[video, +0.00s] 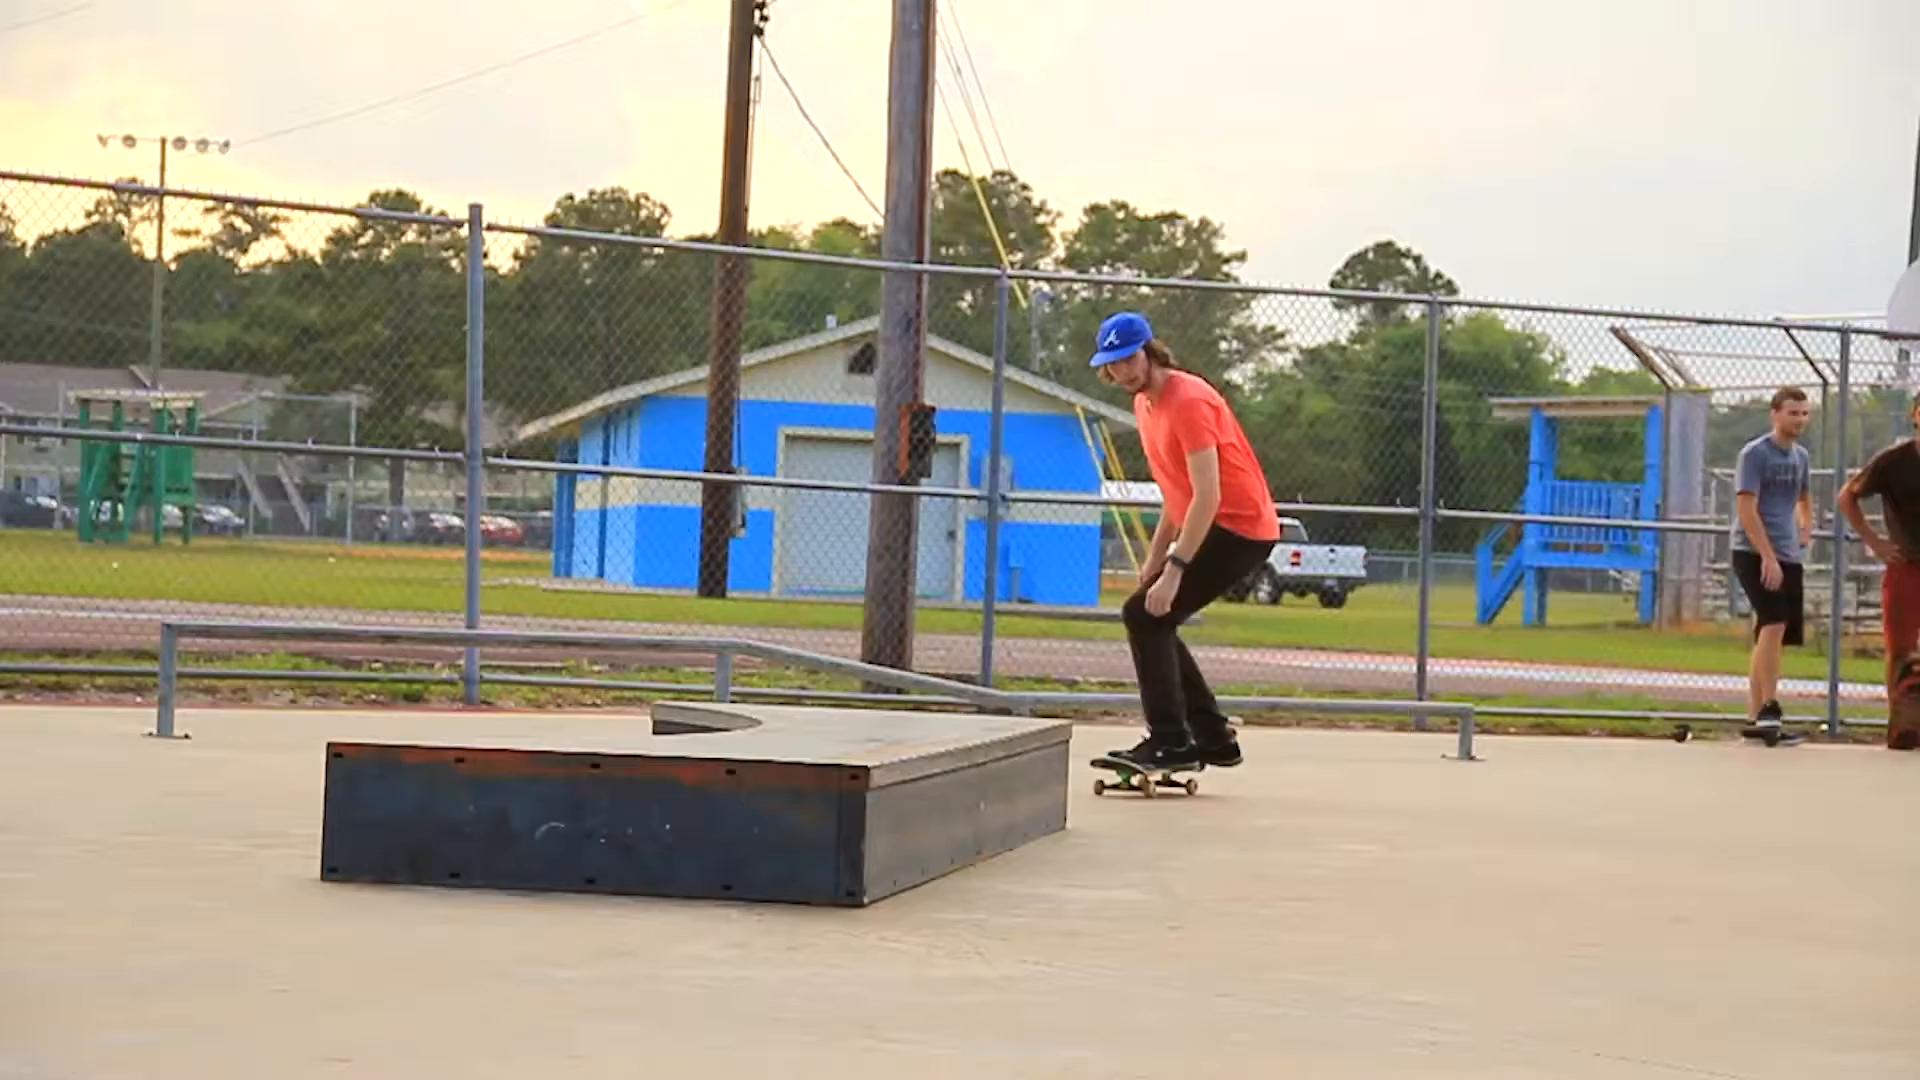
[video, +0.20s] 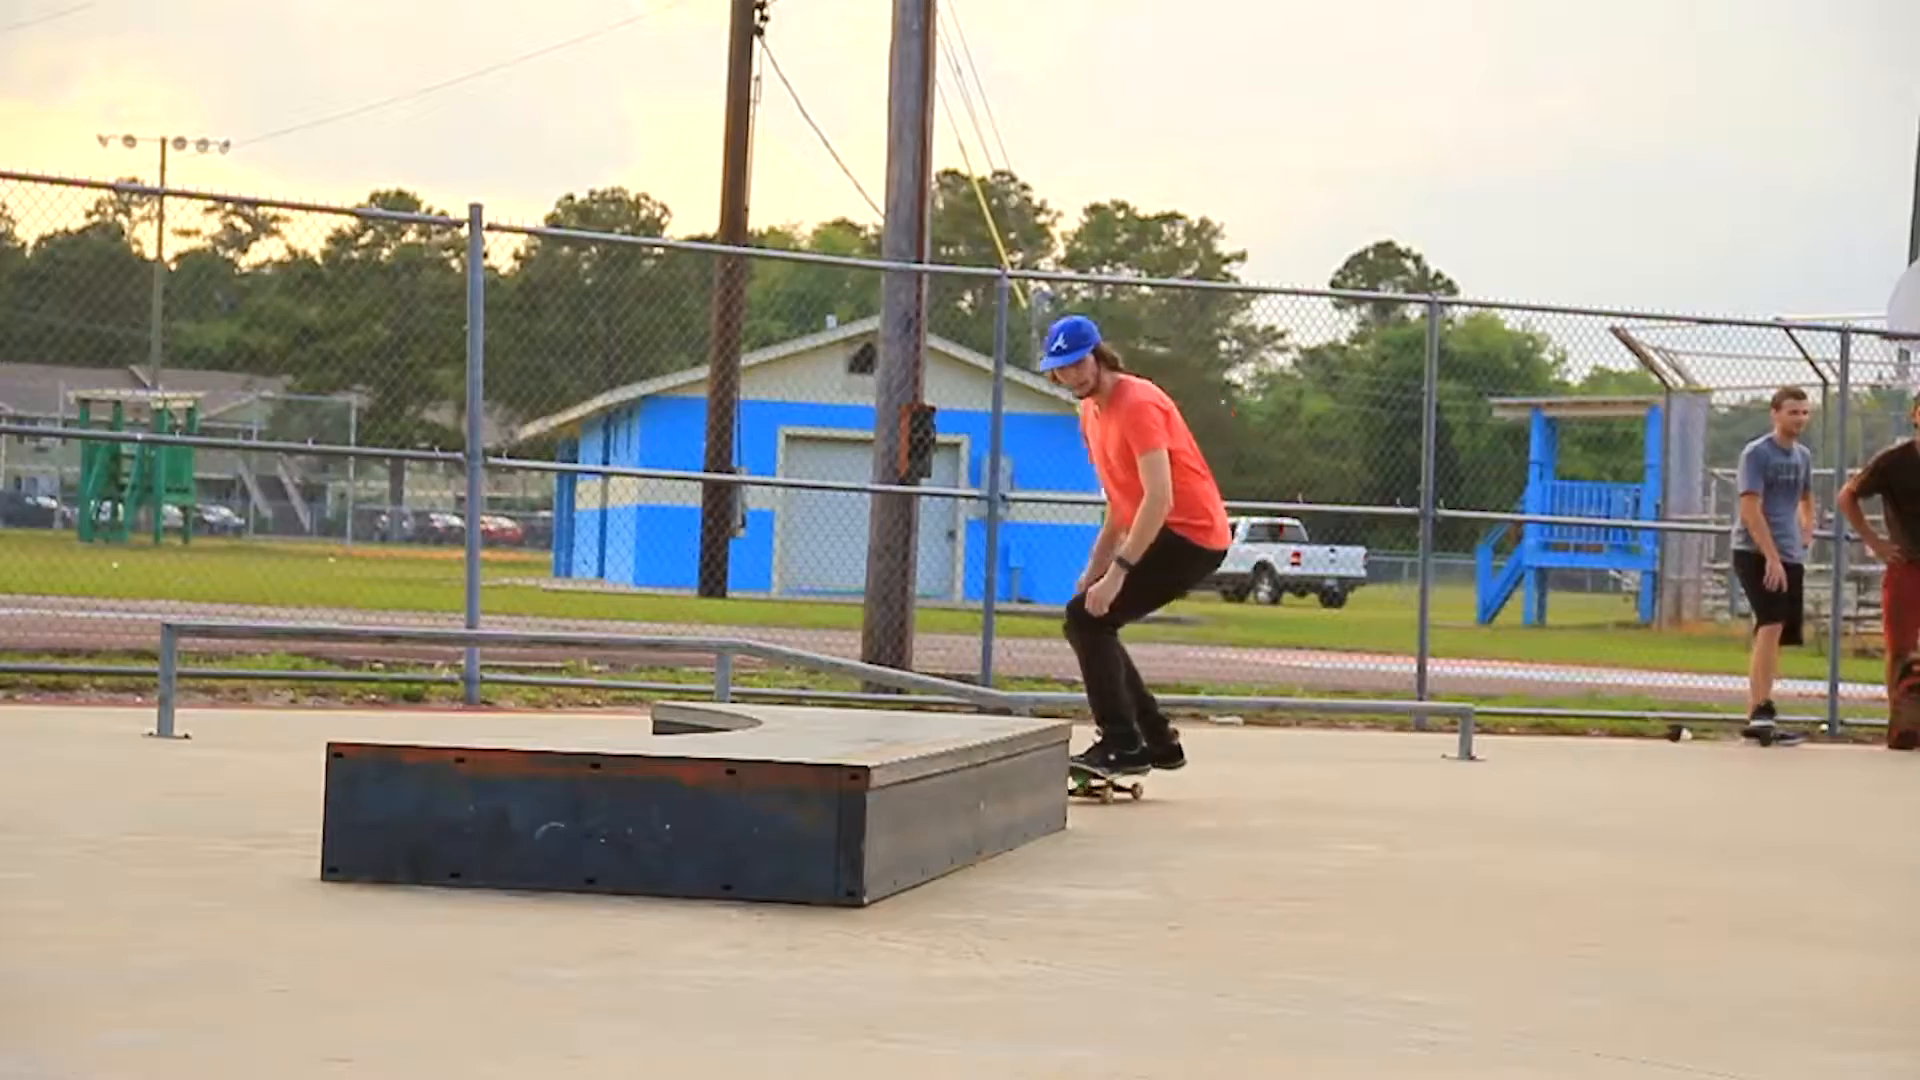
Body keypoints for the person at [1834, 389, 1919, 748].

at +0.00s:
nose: (1919, 420)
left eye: (1919, 413)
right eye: (1919, 414)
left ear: (1915, 416)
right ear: (1914, 416)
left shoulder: (1900, 457)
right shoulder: (1899, 458)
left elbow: (1847, 497)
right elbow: (1847, 496)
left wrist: (1873, 542)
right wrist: (1873, 541)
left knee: (1905, 650)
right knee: (1901, 650)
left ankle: (1906, 728)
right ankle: (1902, 728)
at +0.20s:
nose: (1918, 420)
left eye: (1916, 413)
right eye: (1917, 413)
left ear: (1914, 416)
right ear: (1913, 416)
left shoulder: (1901, 457)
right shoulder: (1900, 457)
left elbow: (1847, 497)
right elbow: (1847, 496)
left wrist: (1873, 541)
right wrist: (1873, 541)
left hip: (1909, 569)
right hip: (1906, 567)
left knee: (1905, 650)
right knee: (1901, 650)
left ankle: (1905, 727)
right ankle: (1901, 726)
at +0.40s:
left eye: (1919, 413)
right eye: (1919, 413)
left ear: (1915, 417)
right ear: (1914, 416)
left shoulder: (1901, 457)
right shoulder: (1900, 457)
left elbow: (1847, 497)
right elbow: (1847, 496)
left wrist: (1873, 541)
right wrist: (1873, 541)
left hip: (1910, 568)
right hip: (1906, 566)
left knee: (1905, 648)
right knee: (1902, 648)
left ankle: (1906, 724)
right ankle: (1901, 724)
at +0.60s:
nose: (1919, 419)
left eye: (1917, 413)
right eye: (1918, 413)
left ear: (1913, 417)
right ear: (1914, 417)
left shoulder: (1901, 456)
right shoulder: (1900, 457)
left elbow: (1847, 498)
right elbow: (1847, 497)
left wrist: (1874, 541)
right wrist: (1874, 542)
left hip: (1909, 568)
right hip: (1906, 566)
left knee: (1905, 648)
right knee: (1902, 648)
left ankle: (1905, 726)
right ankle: (1901, 725)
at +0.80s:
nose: (1919, 420)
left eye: (1919, 414)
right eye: (1919, 414)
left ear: (1914, 417)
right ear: (1914, 417)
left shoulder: (1900, 457)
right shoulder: (1899, 458)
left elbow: (1849, 496)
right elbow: (1848, 496)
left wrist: (1876, 543)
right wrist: (1875, 543)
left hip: (1909, 569)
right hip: (1907, 567)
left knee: (1904, 650)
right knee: (1902, 650)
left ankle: (1905, 727)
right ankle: (1901, 726)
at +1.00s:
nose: (1919, 419)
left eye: (1919, 413)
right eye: (1919, 413)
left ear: (1914, 416)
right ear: (1914, 416)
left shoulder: (1900, 457)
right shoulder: (1899, 458)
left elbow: (1849, 496)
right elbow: (1849, 496)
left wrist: (1876, 543)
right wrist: (1875, 543)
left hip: (1909, 569)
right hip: (1907, 567)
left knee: (1904, 650)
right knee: (1902, 650)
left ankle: (1905, 727)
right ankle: (1902, 726)